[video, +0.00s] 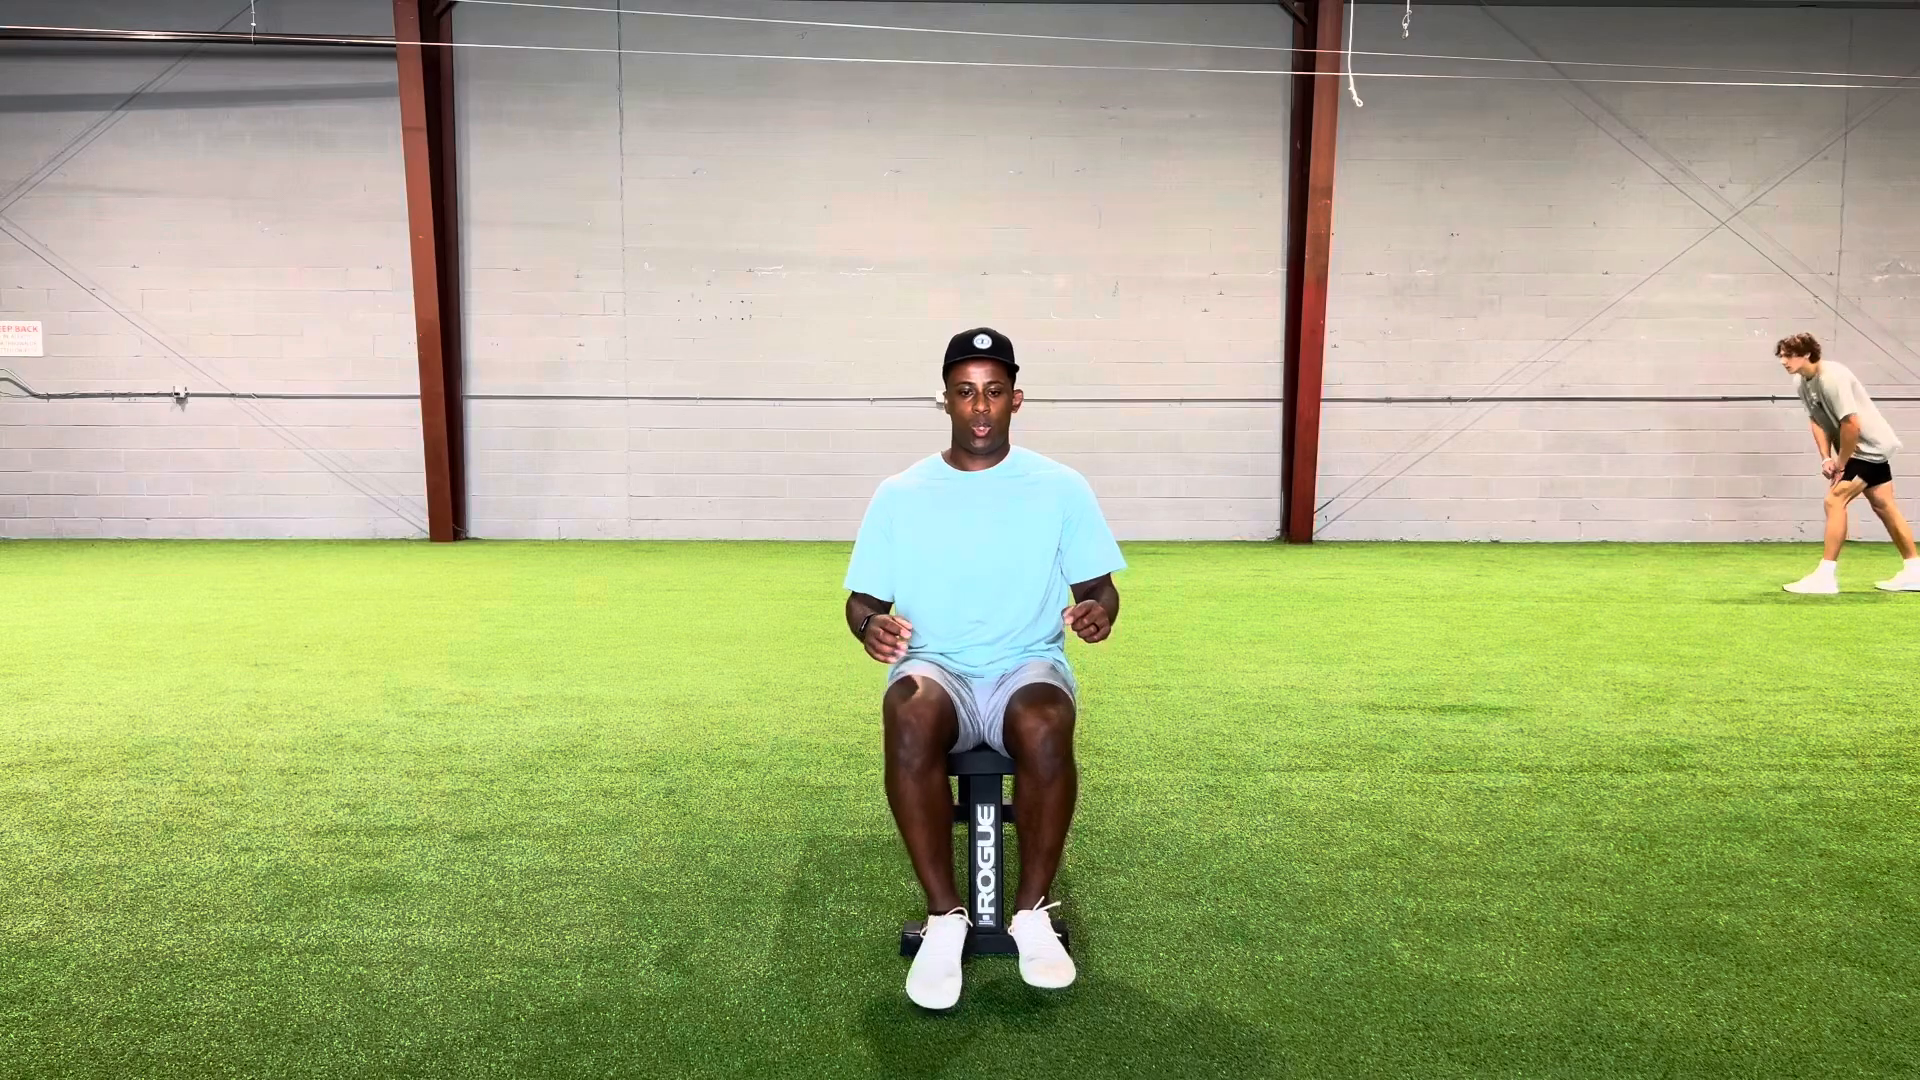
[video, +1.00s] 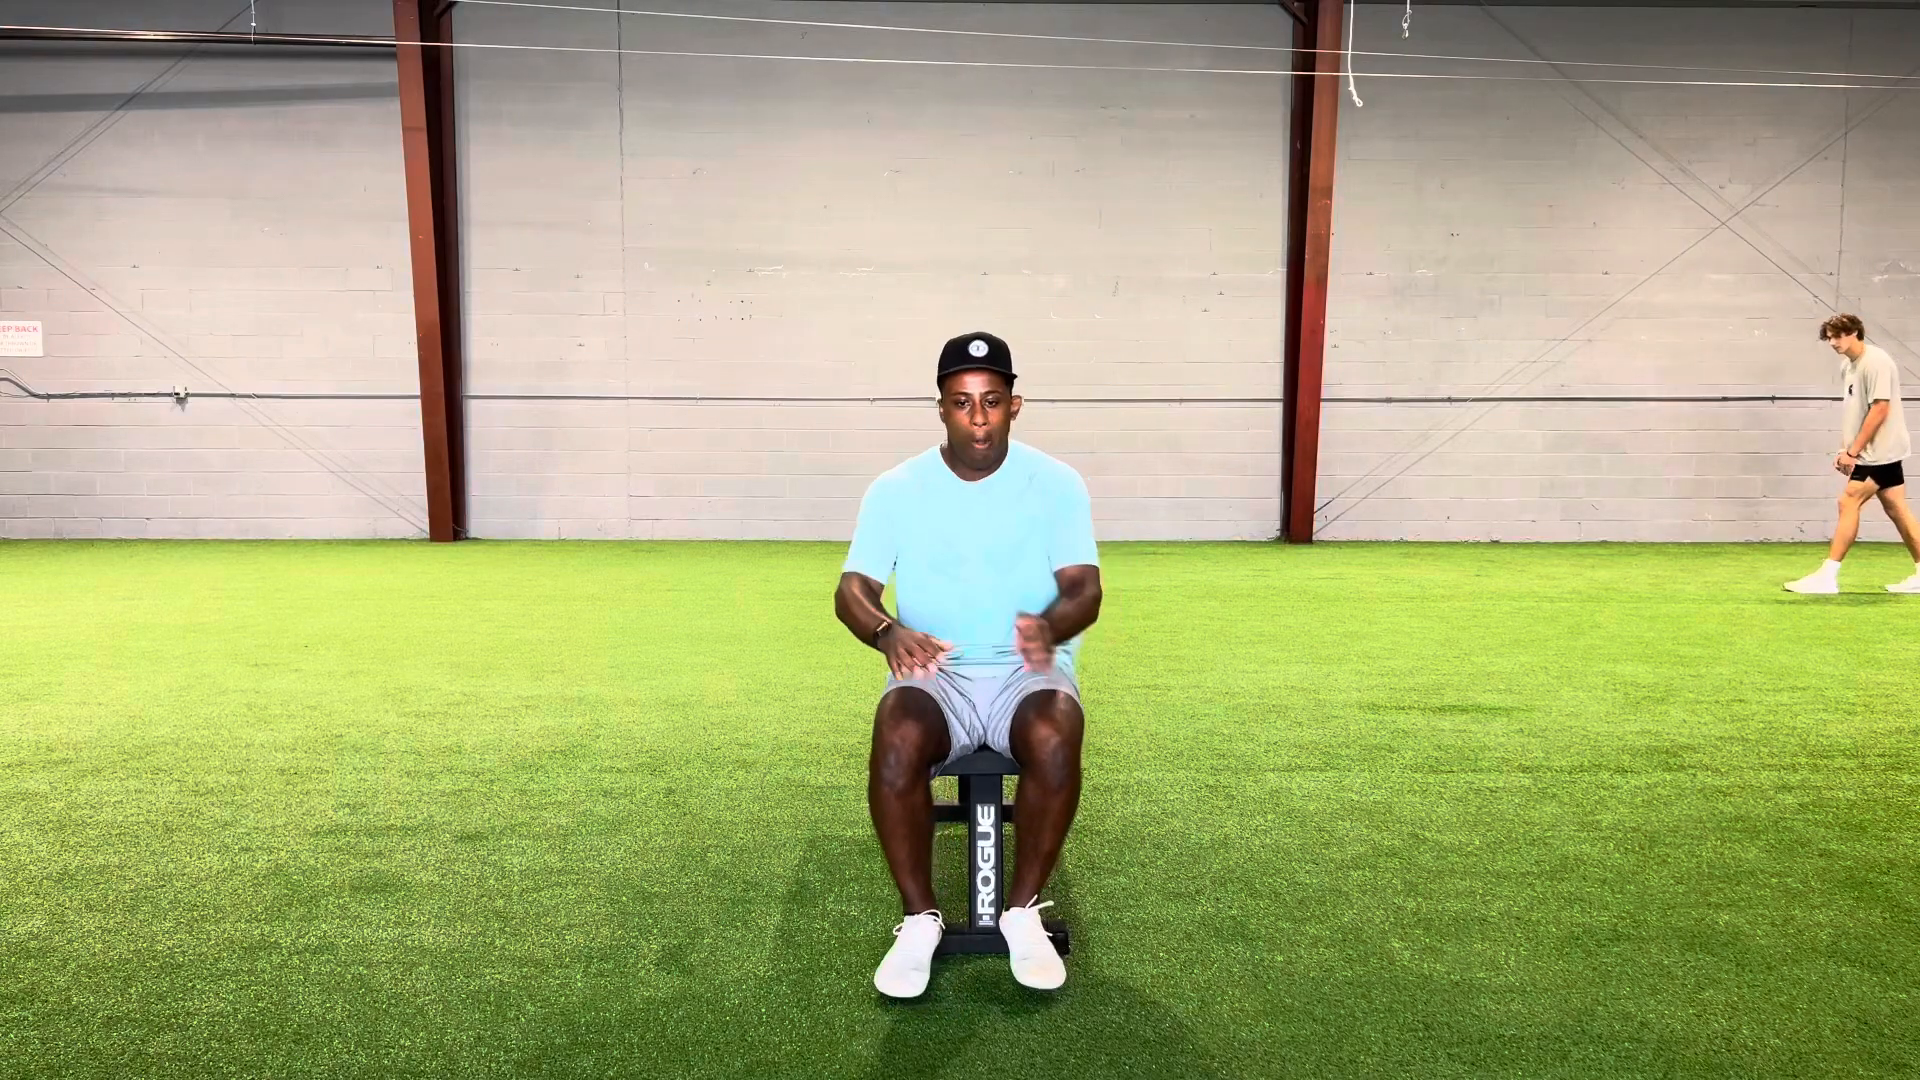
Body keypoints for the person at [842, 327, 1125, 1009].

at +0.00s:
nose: (981, 405)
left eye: (994, 391)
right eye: (966, 392)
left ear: (1014, 399)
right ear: (946, 401)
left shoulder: (1061, 489)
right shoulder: (900, 495)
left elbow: (1095, 584)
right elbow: (862, 599)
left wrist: (1097, 609)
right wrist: (870, 624)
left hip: (1028, 661)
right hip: (933, 665)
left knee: (1044, 722)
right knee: (911, 712)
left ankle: (1032, 909)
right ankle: (944, 914)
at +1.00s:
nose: (978, 416)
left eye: (992, 400)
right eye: (961, 402)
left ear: (1013, 406)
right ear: (941, 409)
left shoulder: (1056, 485)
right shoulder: (895, 491)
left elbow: (1085, 591)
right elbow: (851, 594)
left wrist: (1051, 626)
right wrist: (889, 632)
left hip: (1027, 675)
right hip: (932, 675)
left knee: (1054, 734)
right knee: (897, 735)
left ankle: (1021, 908)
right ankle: (919, 916)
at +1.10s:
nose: (968, 422)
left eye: (982, 404)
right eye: (952, 406)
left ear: (1006, 407)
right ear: (931, 410)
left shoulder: (1043, 466)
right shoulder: (890, 472)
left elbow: (1072, 548)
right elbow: (808, 534)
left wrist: (978, 522)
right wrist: (840, 540)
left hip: (1032, 666)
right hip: (929, 671)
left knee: (1062, 727)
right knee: (902, 748)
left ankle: (1021, 892)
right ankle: (921, 935)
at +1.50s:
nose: (1026, 336)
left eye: (1042, 318)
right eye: (1007, 318)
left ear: (1064, 326)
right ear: (980, 328)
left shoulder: (1103, 422)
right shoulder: (929, 413)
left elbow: (1056, 568)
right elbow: (881, 507)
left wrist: (917, 620)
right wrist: (864, 622)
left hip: (1065, 622)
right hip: (957, 619)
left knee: (1120, 786)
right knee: (924, 780)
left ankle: (1013, 890)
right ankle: (922, 939)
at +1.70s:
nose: (1126, 273)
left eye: (1137, 257)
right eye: (1105, 260)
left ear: (1151, 263)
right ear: (1067, 273)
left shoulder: (1204, 348)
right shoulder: (1026, 354)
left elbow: (1339, 399)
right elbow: (951, 440)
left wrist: (1347, 363)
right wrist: (1054, 378)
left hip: (1173, 600)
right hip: (1049, 612)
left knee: (1310, 721)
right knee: (969, 773)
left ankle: (1236, 871)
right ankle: (928, 943)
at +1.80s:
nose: (1236, 208)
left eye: (1247, 191)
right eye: (1215, 194)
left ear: (1267, 199)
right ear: (1175, 209)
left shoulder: (1306, 267)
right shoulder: (1130, 296)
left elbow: (1427, 269)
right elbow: (1045, 307)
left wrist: (1456, 238)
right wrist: (1172, 251)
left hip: (1277, 561)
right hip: (1147, 574)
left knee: (1429, 685)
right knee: (1058, 733)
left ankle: (1364, 847)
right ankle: (957, 922)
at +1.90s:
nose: (1355, 175)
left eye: (1363, 158)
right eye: (1333, 158)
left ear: (1370, 166)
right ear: (1281, 168)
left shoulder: (1406, 250)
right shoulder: (1224, 251)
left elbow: (1527, 294)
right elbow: (1146, 331)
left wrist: (1638, 301)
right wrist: (1281, 295)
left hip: (1379, 535)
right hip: (1250, 535)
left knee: (1508, 695)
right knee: (1152, 713)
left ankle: (1531, 875)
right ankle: (1069, 872)